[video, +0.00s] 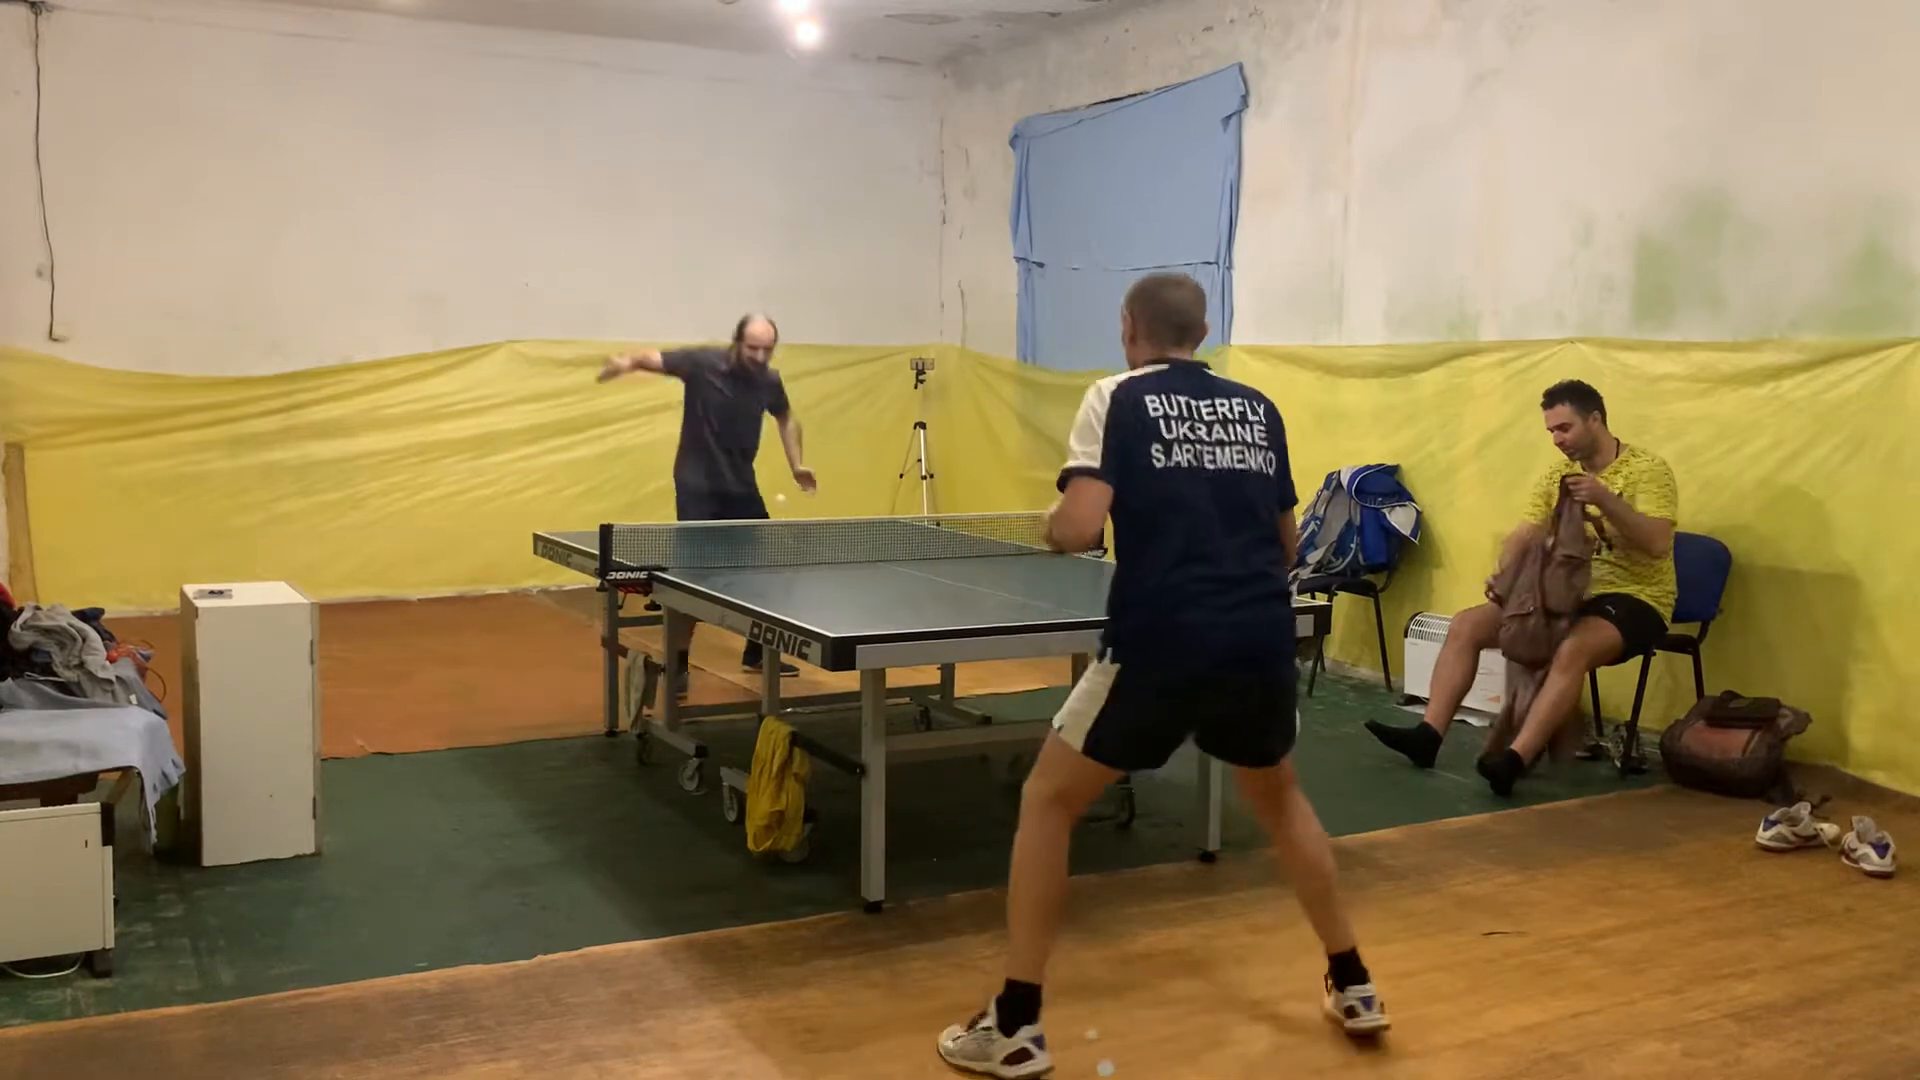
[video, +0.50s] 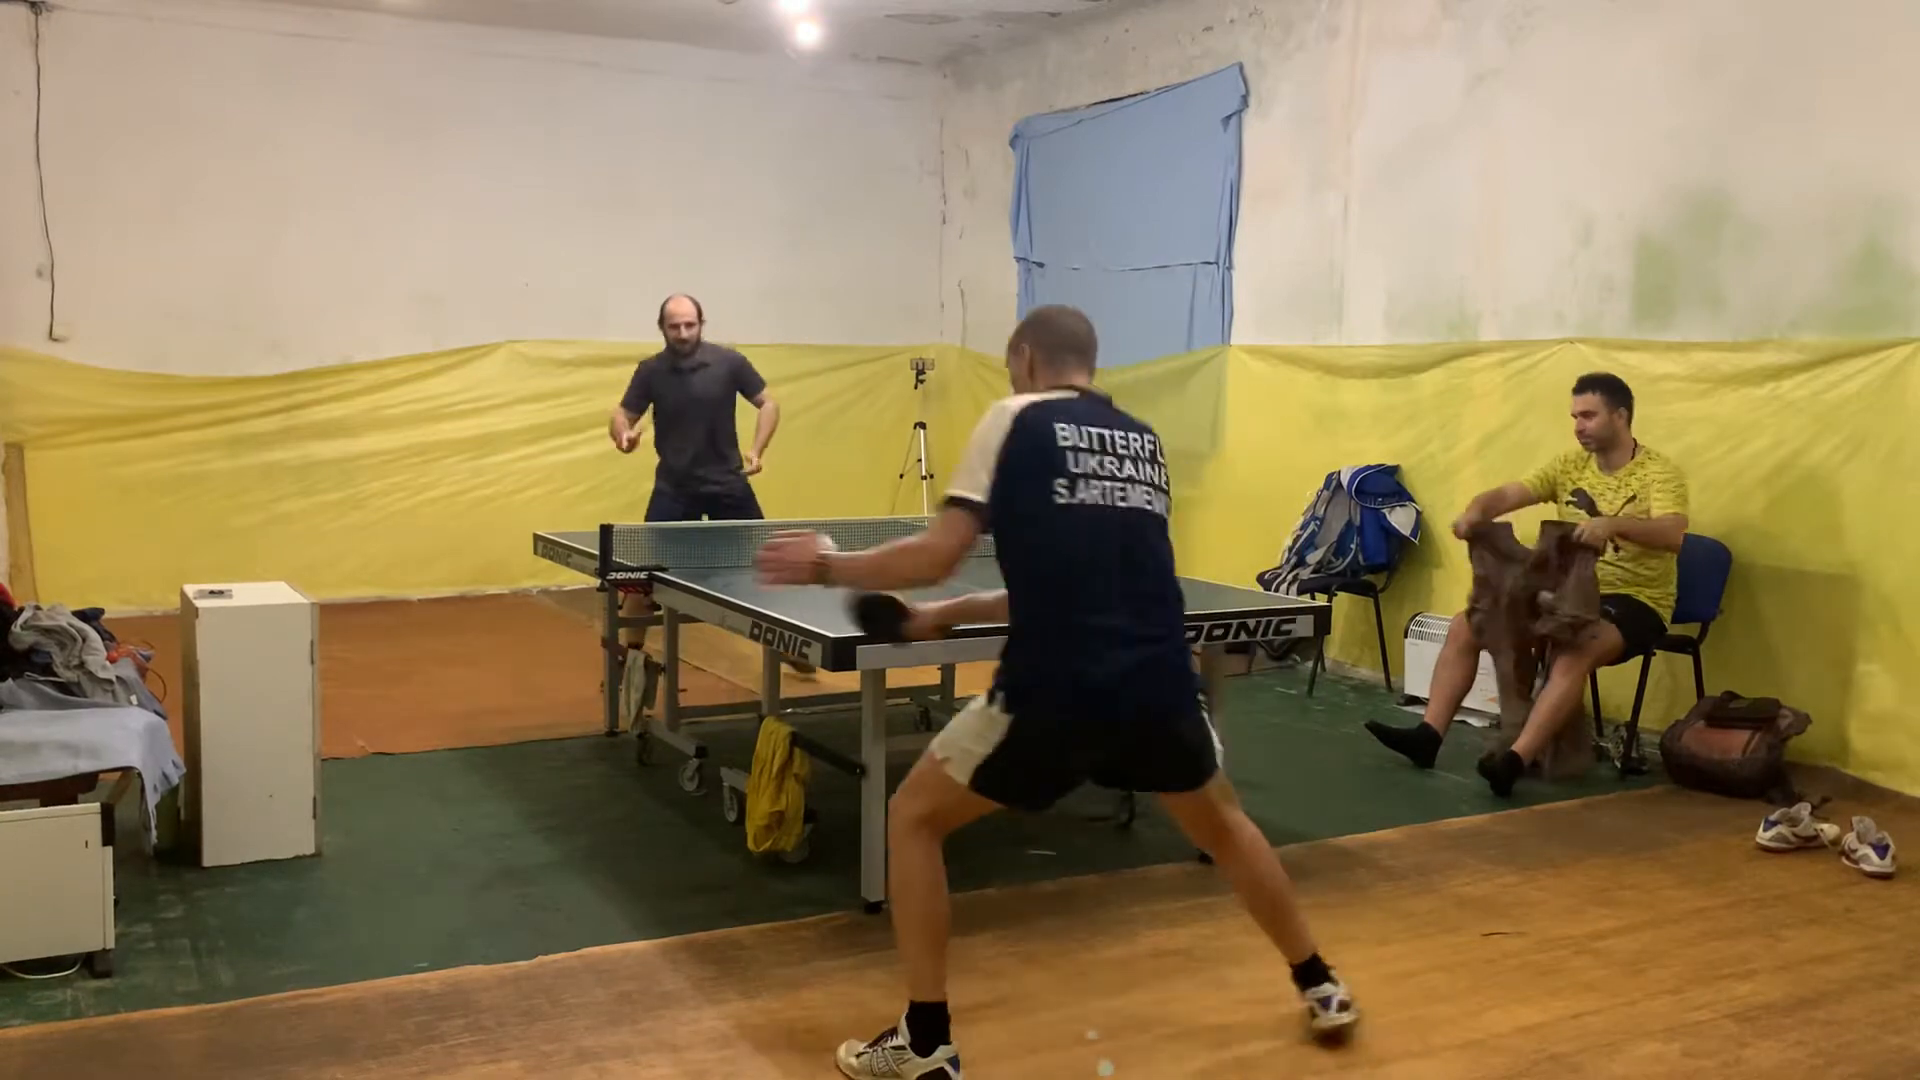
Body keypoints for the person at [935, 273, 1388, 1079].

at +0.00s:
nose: (1121, 343)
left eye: (1122, 332)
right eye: (1127, 332)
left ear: (1132, 335)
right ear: (1200, 337)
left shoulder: (1113, 395)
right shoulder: (1259, 407)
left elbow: (1080, 523)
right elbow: (1286, 543)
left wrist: (1057, 532)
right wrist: (1221, 540)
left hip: (1156, 651)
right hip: (1260, 650)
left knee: (1050, 800)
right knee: (1282, 798)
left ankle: (1016, 1020)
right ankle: (1353, 981)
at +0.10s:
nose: (1115, 384)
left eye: (1117, 373)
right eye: (1119, 374)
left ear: (1130, 373)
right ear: (1194, 376)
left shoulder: (1122, 432)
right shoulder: (1253, 441)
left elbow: (1095, 567)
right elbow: (1274, 550)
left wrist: (1053, 554)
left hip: (1178, 674)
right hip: (1281, 669)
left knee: (1040, 809)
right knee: (1288, 814)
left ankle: (976, 1024)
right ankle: (1368, 986)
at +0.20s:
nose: (1098, 425)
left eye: (1097, 413)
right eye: (1099, 413)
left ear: (1113, 409)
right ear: (1172, 408)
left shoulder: (1117, 463)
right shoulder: (1226, 466)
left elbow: (1104, 603)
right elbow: (1222, 585)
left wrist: (1029, 590)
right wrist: (1100, 599)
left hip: (1185, 692)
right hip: (1280, 686)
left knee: (1028, 821)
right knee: (1268, 817)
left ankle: (945, 1032)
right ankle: (1365, 982)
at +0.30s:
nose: (1054, 439)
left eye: (1055, 425)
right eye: (1053, 426)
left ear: (1074, 418)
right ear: (1129, 421)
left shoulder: (1088, 467)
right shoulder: (1183, 479)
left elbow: (1069, 604)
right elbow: (1160, 639)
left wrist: (980, 596)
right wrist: (1048, 655)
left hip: (1159, 706)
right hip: (1252, 699)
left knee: (988, 819)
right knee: (1246, 823)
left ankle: (930, 1037)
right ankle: (1362, 982)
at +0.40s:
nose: (1020, 427)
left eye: (1020, 415)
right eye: (1021, 416)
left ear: (1036, 405)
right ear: (1095, 409)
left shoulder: (1050, 442)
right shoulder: (1150, 473)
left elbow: (1009, 582)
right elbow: (1099, 647)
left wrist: (907, 580)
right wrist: (980, 631)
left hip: (1103, 702)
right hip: (1201, 702)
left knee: (938, 815)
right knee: (1241, 831)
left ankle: (925, 1037)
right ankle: (1352, 980)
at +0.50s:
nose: (1008, 377)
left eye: (1008, 367)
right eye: (1011, 369)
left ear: (1023, 362)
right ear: (1091, 367)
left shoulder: (1013, 417)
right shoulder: (1141, 437)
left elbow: (938, 552)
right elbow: (1083, 589)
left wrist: (830, 566)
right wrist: (942, 613)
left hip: (1050, 695)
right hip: (1160, 692)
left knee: (914, 819)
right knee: (1226, 829)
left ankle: (924, 1037)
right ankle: (1320, 983)